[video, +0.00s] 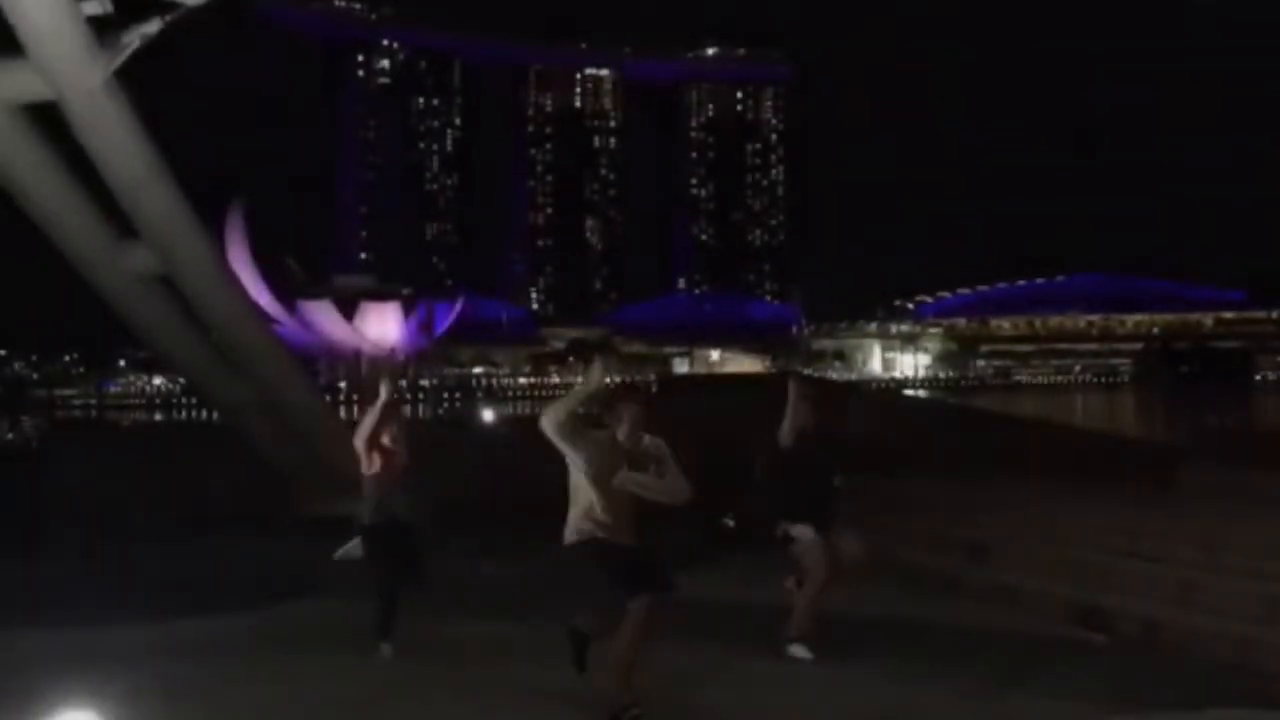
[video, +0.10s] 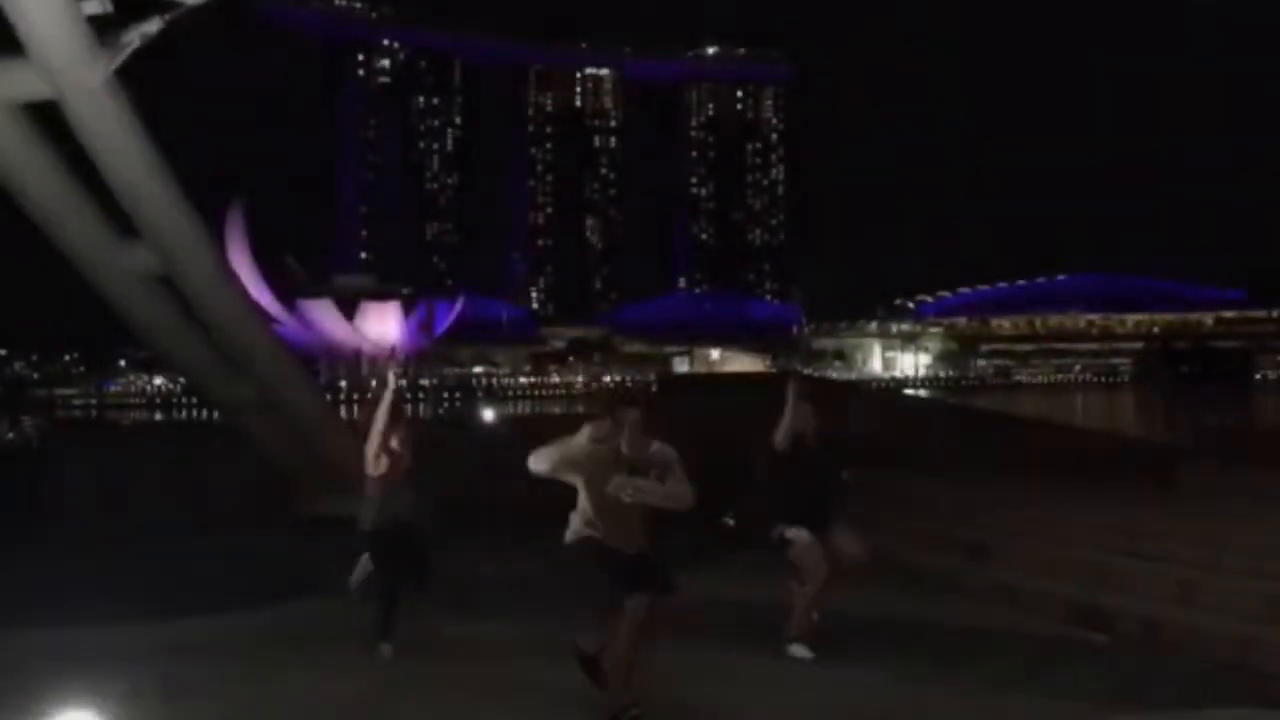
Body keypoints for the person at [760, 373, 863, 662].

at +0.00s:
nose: (804, 417)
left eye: (806, 410)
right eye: (798, 411)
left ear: (812, 414)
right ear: (790, 416)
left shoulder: (820, 446)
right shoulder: (786, 451)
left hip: (820, 514)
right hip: (796, 516)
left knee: (848, 555)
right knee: (816, 570)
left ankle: (801, 584)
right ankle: (796, 636)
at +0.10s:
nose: (804, 423)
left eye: (807, 417)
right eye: (798, 417)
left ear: (815, 420)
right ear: (789, 421)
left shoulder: (821, 450)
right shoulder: (782, 453)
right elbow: (779, 442)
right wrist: (790, 408)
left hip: (819, 517)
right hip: (789, 519)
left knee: (850, 554)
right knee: (815, 571)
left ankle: (810, 606)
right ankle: (795, 636)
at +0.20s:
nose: (808, 417)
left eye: (812, 412)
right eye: (803, 412)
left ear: (820, 414)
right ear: (795, 414)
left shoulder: (828, 439)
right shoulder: (788, 440)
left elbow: (851, 471)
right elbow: (769, 451)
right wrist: (791, 420)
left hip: (826, 511)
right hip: (793, 513)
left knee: (840, 557)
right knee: (808, 566)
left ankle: (823, 611)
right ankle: (795, 635)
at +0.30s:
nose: (811, 407)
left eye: (815, 401)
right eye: (806, 401)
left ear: (824, 404)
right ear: (798, 404)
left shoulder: (835, 431)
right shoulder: (788, 429)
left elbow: (854, 461)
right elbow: (768, 463)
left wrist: (856, 483)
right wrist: (795, 460)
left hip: (829, 506)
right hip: (794, 507)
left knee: (829, 564)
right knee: (796, 569)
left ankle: (833, 621)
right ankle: (795, 631)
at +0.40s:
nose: (811, 406)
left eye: (817, 400)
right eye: (807, 400)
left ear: (828, 402)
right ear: (802, 402)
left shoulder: (842, 433)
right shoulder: (793, 431)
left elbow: (857, 475)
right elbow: (775, 469)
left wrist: (855, 507)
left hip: (829, 507)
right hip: (794, 506)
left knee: (827, 564)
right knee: (790, 565)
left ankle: (833, 621)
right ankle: (778, 623)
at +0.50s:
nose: (810, 408)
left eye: (816, 403)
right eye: (807, 402)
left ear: (828, 407)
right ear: (803, 406)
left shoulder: (841, 442)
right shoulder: (795, 436)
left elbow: (849, 485)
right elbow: (769, 466)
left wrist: (822, 495)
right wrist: (748, 490)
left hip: (827, 511)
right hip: (795, 507)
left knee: (824, 562)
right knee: (784, 561)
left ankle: (832, 620)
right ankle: (772, 618)